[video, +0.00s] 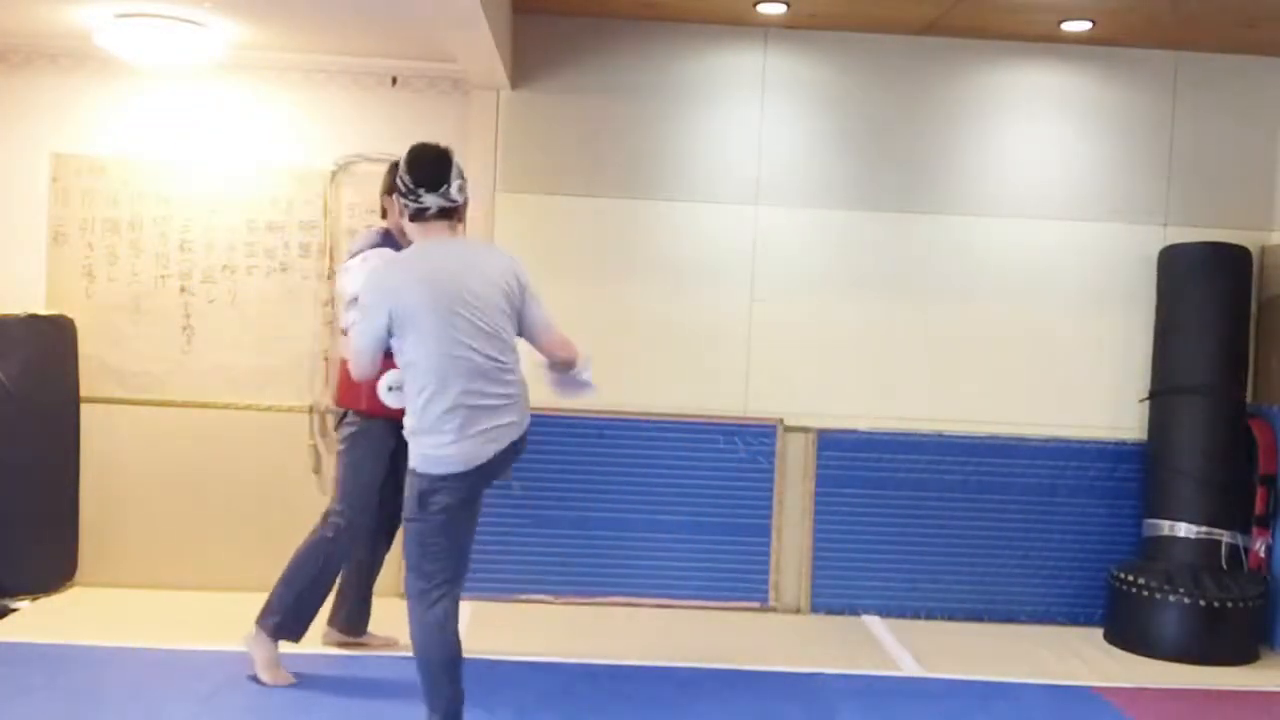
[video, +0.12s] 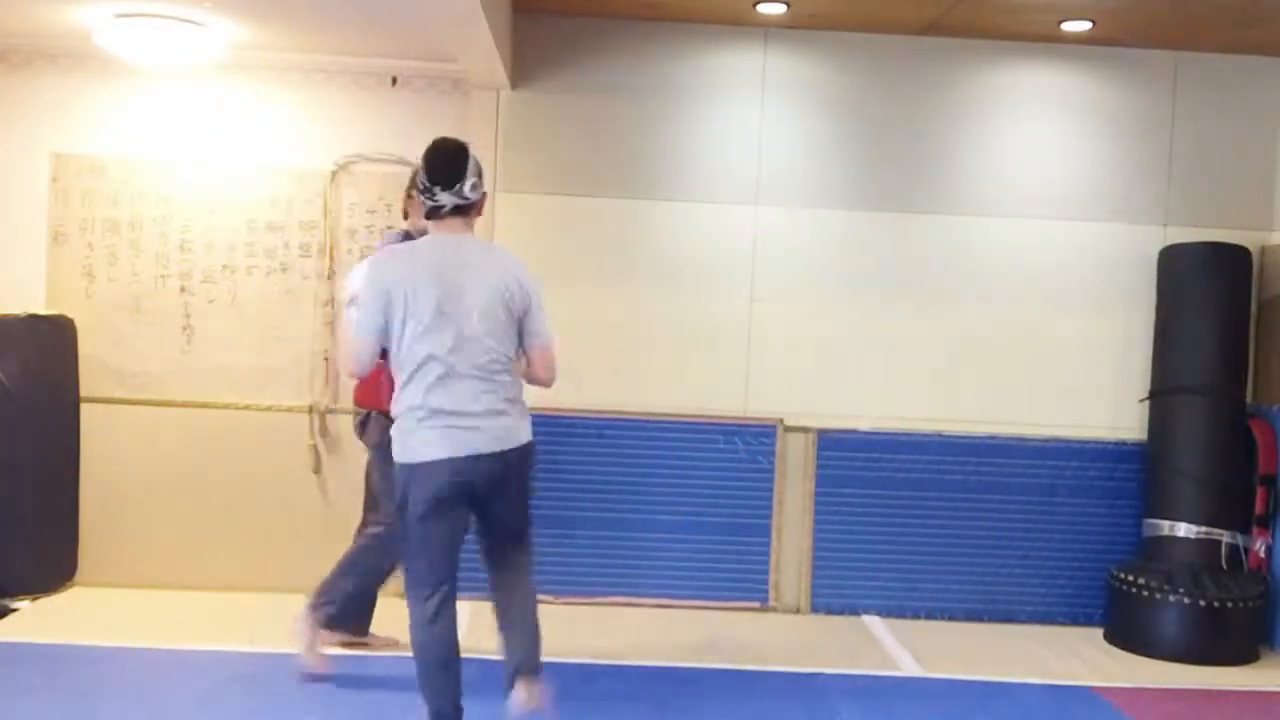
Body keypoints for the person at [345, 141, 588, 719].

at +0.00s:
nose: (391, 207)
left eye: (392, 199)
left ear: (398, 204)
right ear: (460, 200)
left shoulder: (386, 276)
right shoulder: (496, 262)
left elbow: (363, 367)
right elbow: (556, 349)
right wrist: (570, 365)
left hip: (443, 459)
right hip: (509, 437)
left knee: (432, 591)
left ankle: (445, 711)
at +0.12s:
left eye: (422, 192)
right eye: (477, 193)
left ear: (420, 198)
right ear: (480, 199)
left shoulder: (385, 269)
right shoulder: (508, 267)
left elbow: (354, 364)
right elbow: (542, 372)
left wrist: (357, 296)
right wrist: (495, 346)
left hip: (427, 459)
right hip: (505, 451)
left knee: (431, 597)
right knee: (511, 563)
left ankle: (444, 711)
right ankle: (527, 678)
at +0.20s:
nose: (488, 198)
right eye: (488, 192)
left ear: (427, 199)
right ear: (487, 199)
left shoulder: (394, 265)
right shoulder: (511, 269)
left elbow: (356, 361)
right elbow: (542, 375)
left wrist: (364, 302)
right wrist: (495, 354)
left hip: (422, 456)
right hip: (503, 452)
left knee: (429, 593)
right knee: (508, 582)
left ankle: (444, 712)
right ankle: (499, 710)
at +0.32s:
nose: (504, 205)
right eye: (504, 198)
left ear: (445, 200)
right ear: (501, 203)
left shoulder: (404, 264)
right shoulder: (525, 269)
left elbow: (382, 352)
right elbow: (551, 372)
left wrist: (427, 335)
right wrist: (507, 347)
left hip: (422, 453)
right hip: (494, 455)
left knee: (436, 594)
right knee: (501, 598)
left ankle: (441, 712)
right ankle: (458, 713)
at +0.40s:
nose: (517, 211)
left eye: (514, 203)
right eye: (515, 204)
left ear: (454, 203)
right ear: (508, 205)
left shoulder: (410, 263)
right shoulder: (527, 266)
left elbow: (380, 353)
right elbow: (559, 373)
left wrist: (431, 331)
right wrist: (518, 339)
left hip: (422, 452)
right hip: (492, 454)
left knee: (435, 597)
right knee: (500, 602)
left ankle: (440, 712)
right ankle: (460, 713)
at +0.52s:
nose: (538, 225)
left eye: (540, 214)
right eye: (534, 213)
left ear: (469, 207)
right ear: (517, 209)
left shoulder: (427, 269)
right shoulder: (529, 270)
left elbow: (384, 359)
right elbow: (568, 377)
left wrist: (441, 351)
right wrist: (527, 341)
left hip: (423, 459)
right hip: (488, 462)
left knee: (434, 611)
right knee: (498, 619)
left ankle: (444, 712)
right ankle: (473, 713)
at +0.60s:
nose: (545, 225)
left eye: (548, 215)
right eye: (541, 214)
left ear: (475, 211)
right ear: (523, 212)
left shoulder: (434, 272)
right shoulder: (530, 272)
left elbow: (395, 364)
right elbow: (562, 382)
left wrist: (458, 346)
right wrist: (581, 352)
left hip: (426, 466)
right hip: (491, 469)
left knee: (435, 621)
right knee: (500, 629)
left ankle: (444, 713)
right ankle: (475, 714)